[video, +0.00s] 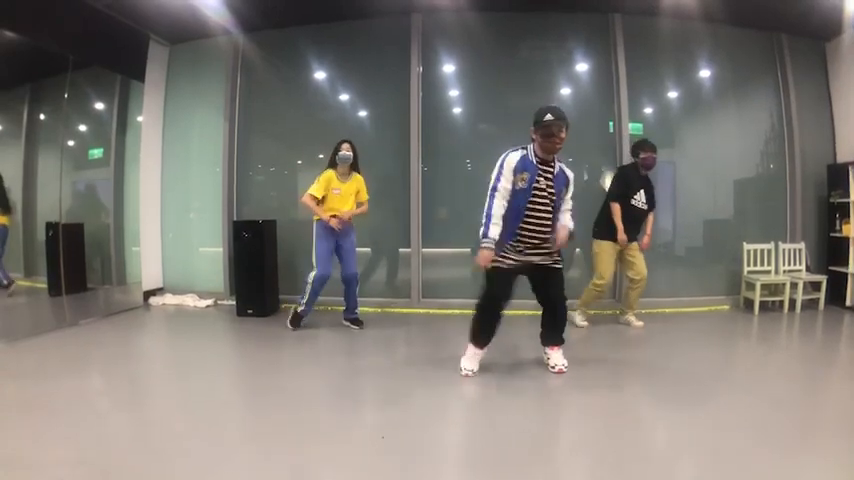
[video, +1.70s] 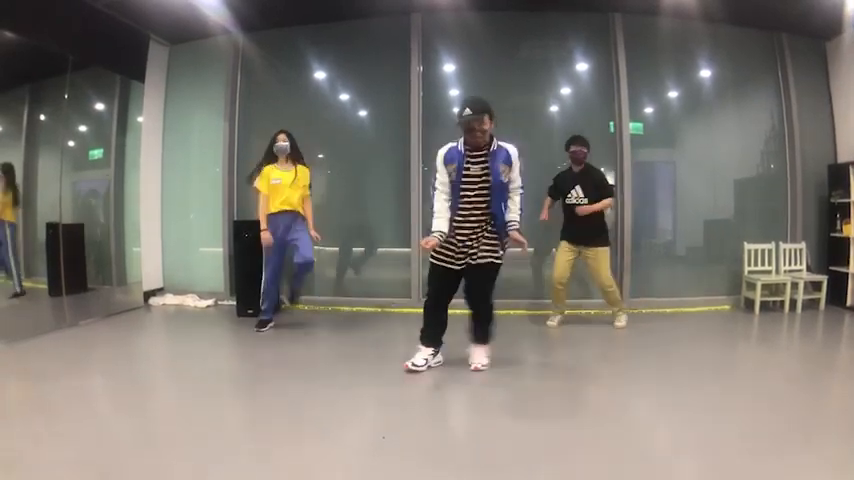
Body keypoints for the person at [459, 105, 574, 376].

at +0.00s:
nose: (556, 140)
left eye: (560, 134)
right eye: (549, 134)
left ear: (566, 135)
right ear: (534, 134)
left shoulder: (565, 175)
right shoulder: (513, 161)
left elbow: (566, 209)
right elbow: (497, 201)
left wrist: (564, 227)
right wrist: (487, 244)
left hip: (544, 252)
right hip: (509, 250)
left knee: (556, 301)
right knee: (493, 299)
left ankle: (553, 348)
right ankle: (476, 347)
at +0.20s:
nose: (544, 128)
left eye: (548, 123)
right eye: (538, 123)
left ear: (553, 125)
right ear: (524, 123)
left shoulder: (558, 167)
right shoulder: (499, 148)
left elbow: (555, 210)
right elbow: (477, 179)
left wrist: (565, 209)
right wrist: (482, 217)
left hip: (528, 246)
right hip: (491, 238)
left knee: (539, 299)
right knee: (472, 295)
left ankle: (548, 349)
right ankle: (470, 348)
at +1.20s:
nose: (503, 117)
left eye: (509, 111)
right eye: (497, 112)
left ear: (521, 114)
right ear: (489, 117)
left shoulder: (538, 149)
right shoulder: (481, 155)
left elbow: (545, 192)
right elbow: (475, 198)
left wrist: (545, 232)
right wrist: (470, 236)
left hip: (528, 239)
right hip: (490, 240)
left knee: (542, 296)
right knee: (486, 298)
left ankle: (550, 346)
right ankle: (485, 350)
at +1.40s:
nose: (497, 129)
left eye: (503, 123)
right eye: (491, 123)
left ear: (514, 124)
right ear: (483, 125)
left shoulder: (524, 156)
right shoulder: (476, 158)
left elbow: (550, 194)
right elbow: (473, 195)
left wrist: (509, 213)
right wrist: (465, 214)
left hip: (521, 246)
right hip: (482, 245)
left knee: (548, 296)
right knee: (456, 293)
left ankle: (576, 344)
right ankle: (448, 344)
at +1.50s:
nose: (489, 143)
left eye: (495, 137)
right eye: (483, 137)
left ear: (504, 138)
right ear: (473, 139)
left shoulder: (514, 167)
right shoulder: (461, 165)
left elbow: (547, 193)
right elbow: (442, 184)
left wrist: (507, 206)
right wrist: (442, 202)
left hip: (506, 257)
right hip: (468, 253)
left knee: (534, 302)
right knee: (439, 294)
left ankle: (573, 344)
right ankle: (433, 350)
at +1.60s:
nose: (481, 141)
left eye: (486, 135)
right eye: (474, 135)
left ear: (496, 130)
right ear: (465, 133)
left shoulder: (512, 156)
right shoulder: (452, 155)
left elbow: (534, 189)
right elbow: (436, 183)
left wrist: (509, 215)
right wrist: (436, 211)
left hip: (493, 244)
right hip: (455, 243)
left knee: (498, 296)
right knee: (435, 296)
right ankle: (431, 349)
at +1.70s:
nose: (477, 135)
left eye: (482, 128)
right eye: (470, 130)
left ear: (492, 124)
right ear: (461, 127)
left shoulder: (507, 154)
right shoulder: (448, 154)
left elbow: (514, 191)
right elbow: (442, 195)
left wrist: (512, 227)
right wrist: (437, 233)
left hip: (487, 236)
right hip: (452, 235)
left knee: (479, 294)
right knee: (437, 294)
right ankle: (429, 348)